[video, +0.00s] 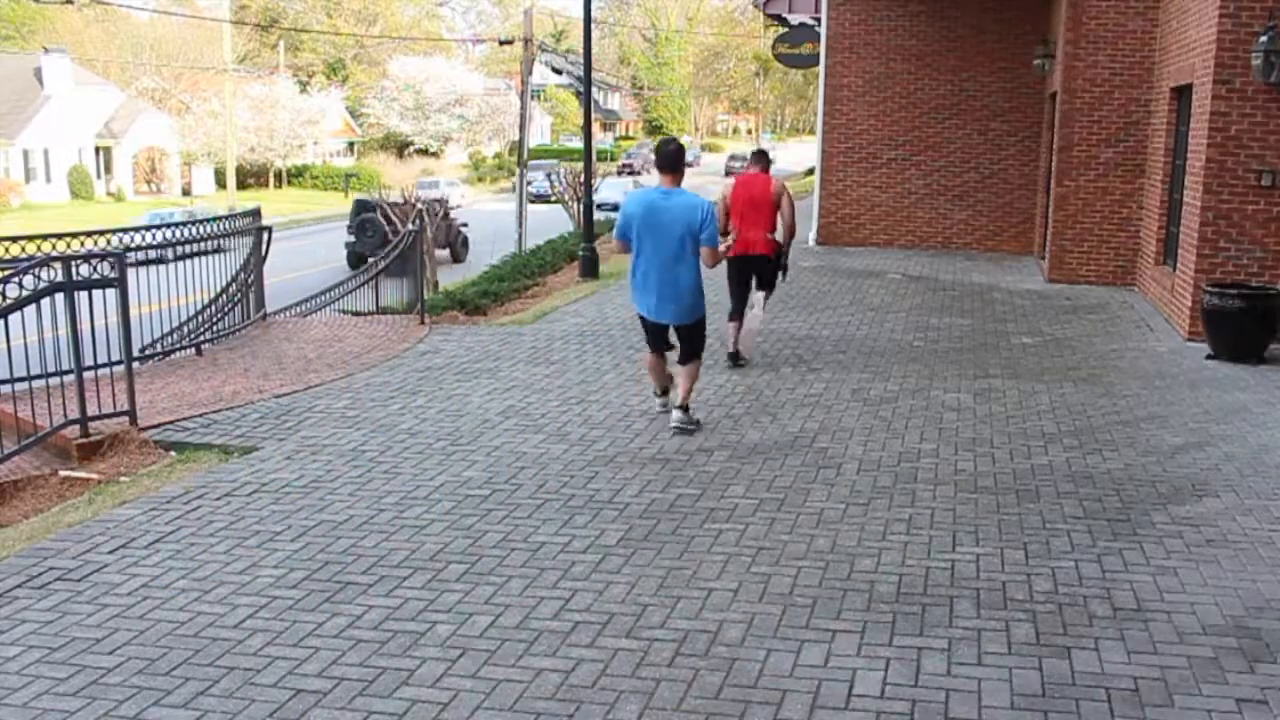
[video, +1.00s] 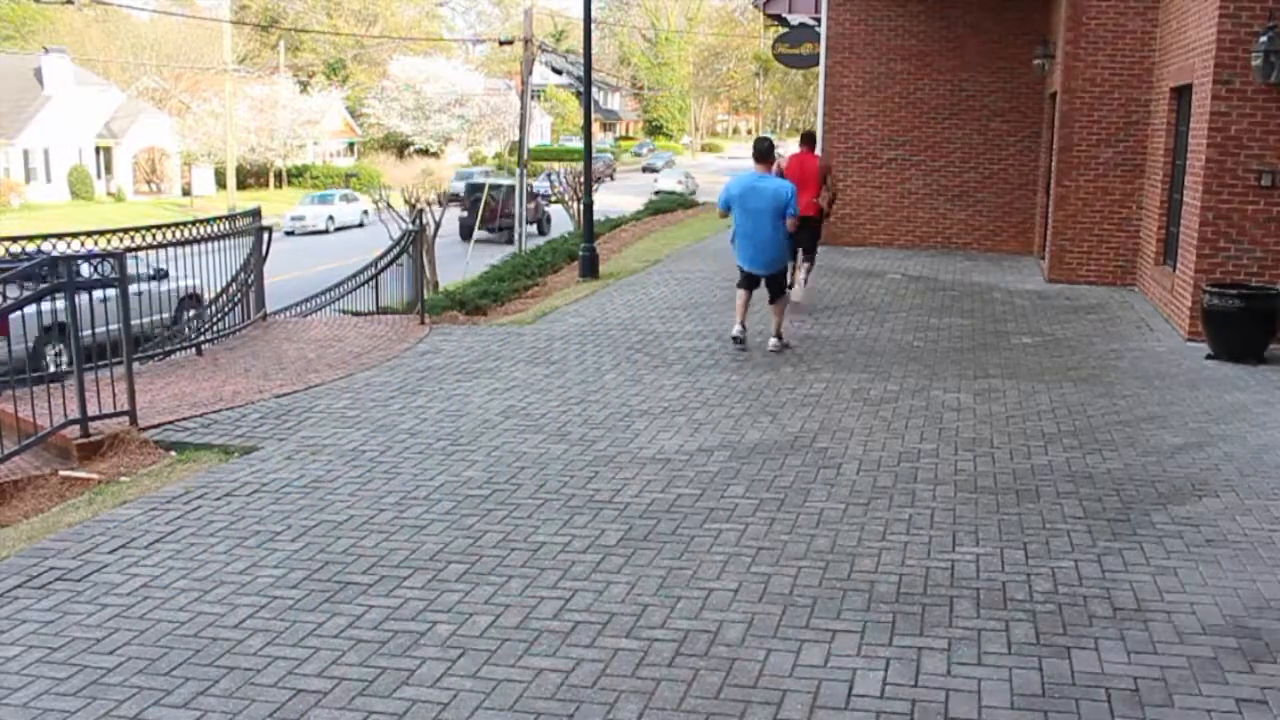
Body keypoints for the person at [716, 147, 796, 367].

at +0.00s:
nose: (764, 171)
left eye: (753, 167)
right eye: (767, 168)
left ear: (748, 165)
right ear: (768, 167)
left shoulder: (730, 186)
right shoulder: (778, 187)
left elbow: (722, 226)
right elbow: (789, 224)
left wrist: (728, 234)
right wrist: (785, 251)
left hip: (738, 248)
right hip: (765, 247)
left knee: (737, 302)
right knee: (766, 284)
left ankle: (733, 349)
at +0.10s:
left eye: (757, 160)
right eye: (776, 164)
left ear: (756, 160)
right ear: (776, 163)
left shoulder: (739, 181)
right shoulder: (786, 183)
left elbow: (729, 214)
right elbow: (793, 213)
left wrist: (736, 230)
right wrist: (788, 241)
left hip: (745, 241)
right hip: (772, 240)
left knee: (743, 292)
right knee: (774, 274)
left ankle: (733, 336)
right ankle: (765, 307)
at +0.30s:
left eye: (776, 159)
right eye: (790, 161)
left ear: (773, 159)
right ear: (791, 161)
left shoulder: (756, 179)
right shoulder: (798, 182)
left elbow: (736, 203)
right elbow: (809, 219)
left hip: (755, 238)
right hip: (781, 239)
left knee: (763, 262)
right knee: (777, 289)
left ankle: (757, 283)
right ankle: (766, 333)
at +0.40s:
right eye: (793, 155)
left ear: (777, 152)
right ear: (794, 155)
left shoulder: (761, 170)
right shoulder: (801, 174)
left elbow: (742, 189)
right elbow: (813, 208)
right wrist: (805, 202)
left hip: (765, 223)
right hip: (788, 224)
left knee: (769, 263)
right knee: (782, 273)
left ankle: (769, 297)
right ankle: (771, 317)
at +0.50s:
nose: (790, 157)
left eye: (784, 152)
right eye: (794, 153)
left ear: (779, 151)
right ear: (796, 154)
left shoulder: (764, 171)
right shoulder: (803, 173)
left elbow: (753, 197)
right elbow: (812, 204)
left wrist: (756, 221)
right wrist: (809, 229)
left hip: (768, 226)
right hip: (792, 227)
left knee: (765, 272)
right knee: (791, 269)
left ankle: (762, 317)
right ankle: (777, 293)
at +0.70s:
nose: (800, 153)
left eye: (794, 148)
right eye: (805, 150)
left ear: (790, 148)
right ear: (807, 150)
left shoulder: (775, 166)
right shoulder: (812, 170)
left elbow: (762, 186)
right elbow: (818, 198)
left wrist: (767, 209)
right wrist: (818, 219)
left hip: (776, 219)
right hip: (801, 220)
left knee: (776, 259)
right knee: (801, 259)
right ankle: (791, 294)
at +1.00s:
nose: (806, 147)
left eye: (804, 144)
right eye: (810, 144)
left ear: (800, 144)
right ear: (815, 145)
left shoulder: (789, 161)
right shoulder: (822, 163)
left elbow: (780, 183)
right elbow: (830, 188)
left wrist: (782, 202)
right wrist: (828, 205)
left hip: (791, 208)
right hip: (813, 209)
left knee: (791, 246)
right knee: (810, 250)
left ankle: (790, 279)